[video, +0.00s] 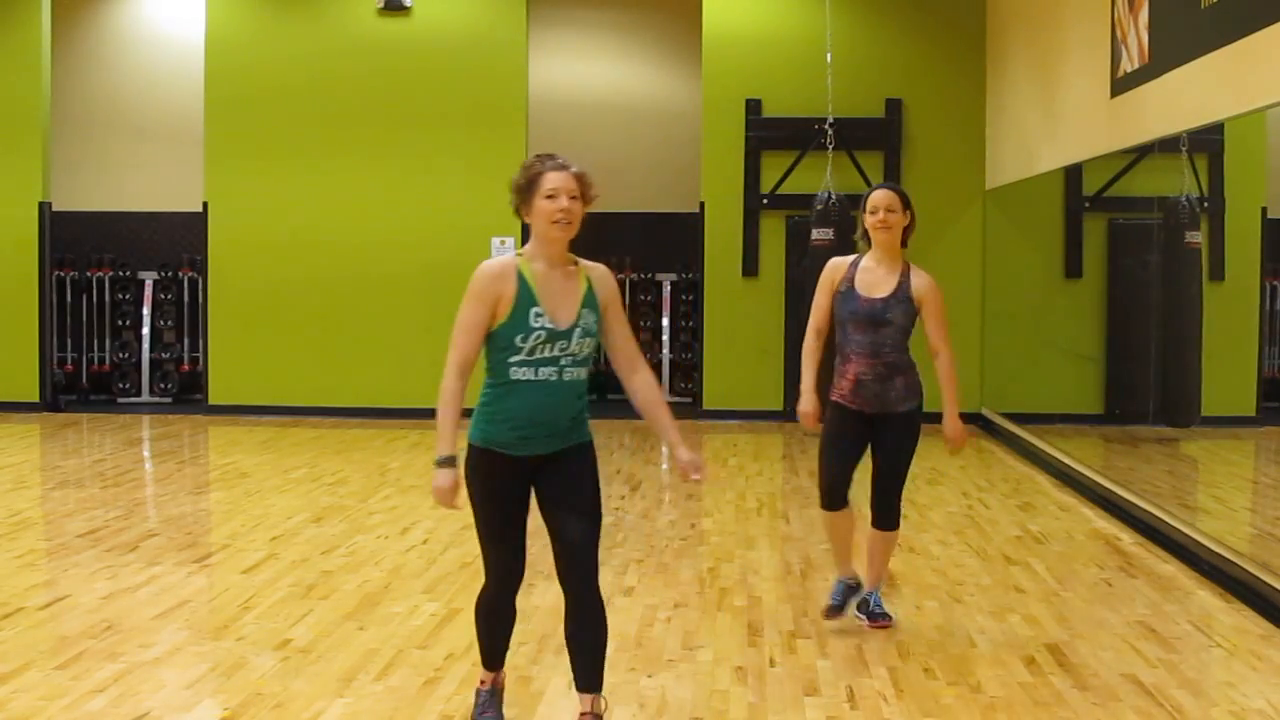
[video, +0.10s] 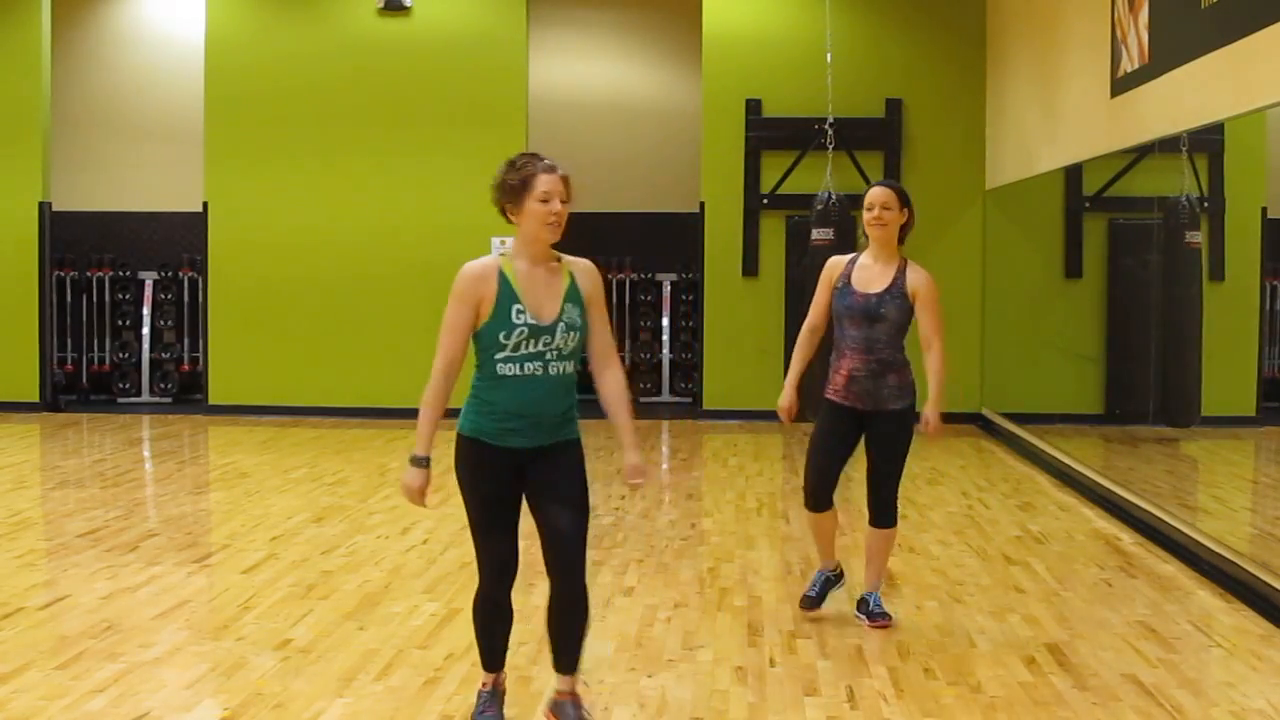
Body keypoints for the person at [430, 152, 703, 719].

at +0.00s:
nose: (565, 207)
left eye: (574, 197)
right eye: (552, 196)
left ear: (584, 208)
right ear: (525, 207)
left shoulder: (598, 280)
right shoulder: (496, 277)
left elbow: (634, 369)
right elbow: (457, 368)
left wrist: (677, 442)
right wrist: (446, 457)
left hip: (568, 448)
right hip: (499, 450)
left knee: (581, 578)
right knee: (504, 575)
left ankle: (591, 707)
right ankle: (490, 682)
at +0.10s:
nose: (557, 211)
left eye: (563, 201)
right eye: (545, 200)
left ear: (568, 208)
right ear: (513, 207)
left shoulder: (582, 275)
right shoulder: (479, 278)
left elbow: (606, 365)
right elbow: (444, 371)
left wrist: (630, 445)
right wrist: (420, 455)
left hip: (557, 447)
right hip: (487, 447)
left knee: (570, 572)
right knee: (497, 574)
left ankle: (566, 692)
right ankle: (491, 685)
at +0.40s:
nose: (560, 217)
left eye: (558, 207)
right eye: (549, 209)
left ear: (534, 214)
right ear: (512, 216)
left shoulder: (567, 272)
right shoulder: (465, 273)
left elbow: (583, 357)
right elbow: (436, 355)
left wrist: (529, 403)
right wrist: (410, 426)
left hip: (542, 436)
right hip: (475, 434)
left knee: (535, 559)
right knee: (488, 560)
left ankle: (535, 641)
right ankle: (489, 682)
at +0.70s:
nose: (555, 230)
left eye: (555, 220)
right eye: (547, 221)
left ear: (530, 222)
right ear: (512, 223)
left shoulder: (555, 278)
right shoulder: (464, 279)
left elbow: (574, 357)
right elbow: (434, 360)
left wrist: (589, 429)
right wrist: (416, 436)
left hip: (539, 435)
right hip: (478, 436)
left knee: (530, 549)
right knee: (482, 548)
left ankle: (523, 650)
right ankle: (472, 641)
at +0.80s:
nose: (547, 226)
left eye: (547, 216)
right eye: (539, 217)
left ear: (520, 219)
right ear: (505, 218)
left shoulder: (545, 273)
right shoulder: (457, 275)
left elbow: (575, 349)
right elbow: (427, 359)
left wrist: (609, 422)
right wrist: (415, 436)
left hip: (532, 433)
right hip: (471, 435)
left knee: (524, 545)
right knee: (475, 548)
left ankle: (522, 649)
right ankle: (467, 636)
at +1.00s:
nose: (529, 227)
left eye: (531, 218)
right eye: (522, 218)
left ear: (515, 218)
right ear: (488, 216)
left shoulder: (531, 271)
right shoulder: (442, 270)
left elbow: (574, 338)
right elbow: (410, 352)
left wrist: (620, 397)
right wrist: (399, 428)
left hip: (515, 425)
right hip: (454, 428)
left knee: (516, 538)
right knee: (465, 538)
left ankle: (524, 646)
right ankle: (466, 641)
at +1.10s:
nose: (524, 228)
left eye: (526, 218)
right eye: (516, 219)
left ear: (514, 218)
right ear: (482, 217)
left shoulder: (528, 272)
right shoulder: (438, 270)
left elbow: (569, 341)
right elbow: (404, 350)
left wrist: (616, 402)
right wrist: (389, 424)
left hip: (511, 424)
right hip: (451, 426)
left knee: (513, 535)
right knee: (463, 536)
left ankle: (520, 642)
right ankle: (466, 641)